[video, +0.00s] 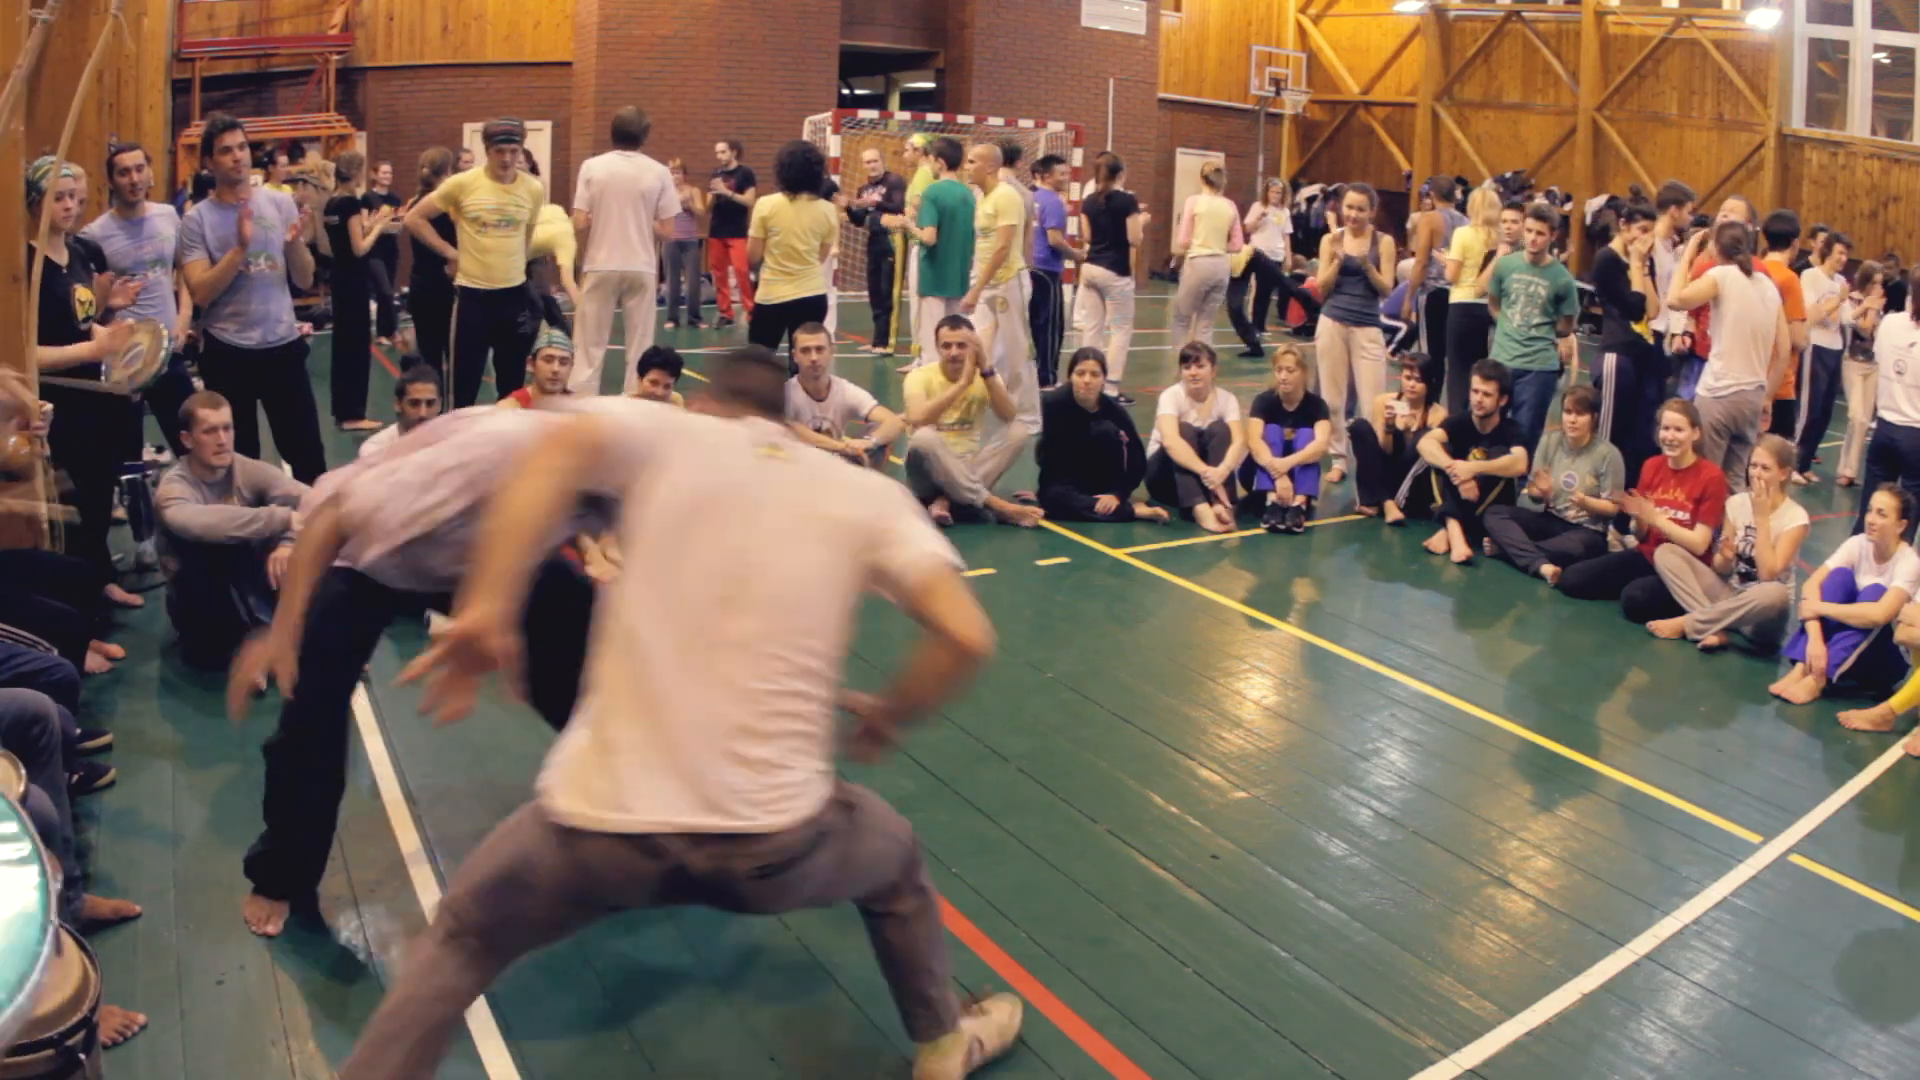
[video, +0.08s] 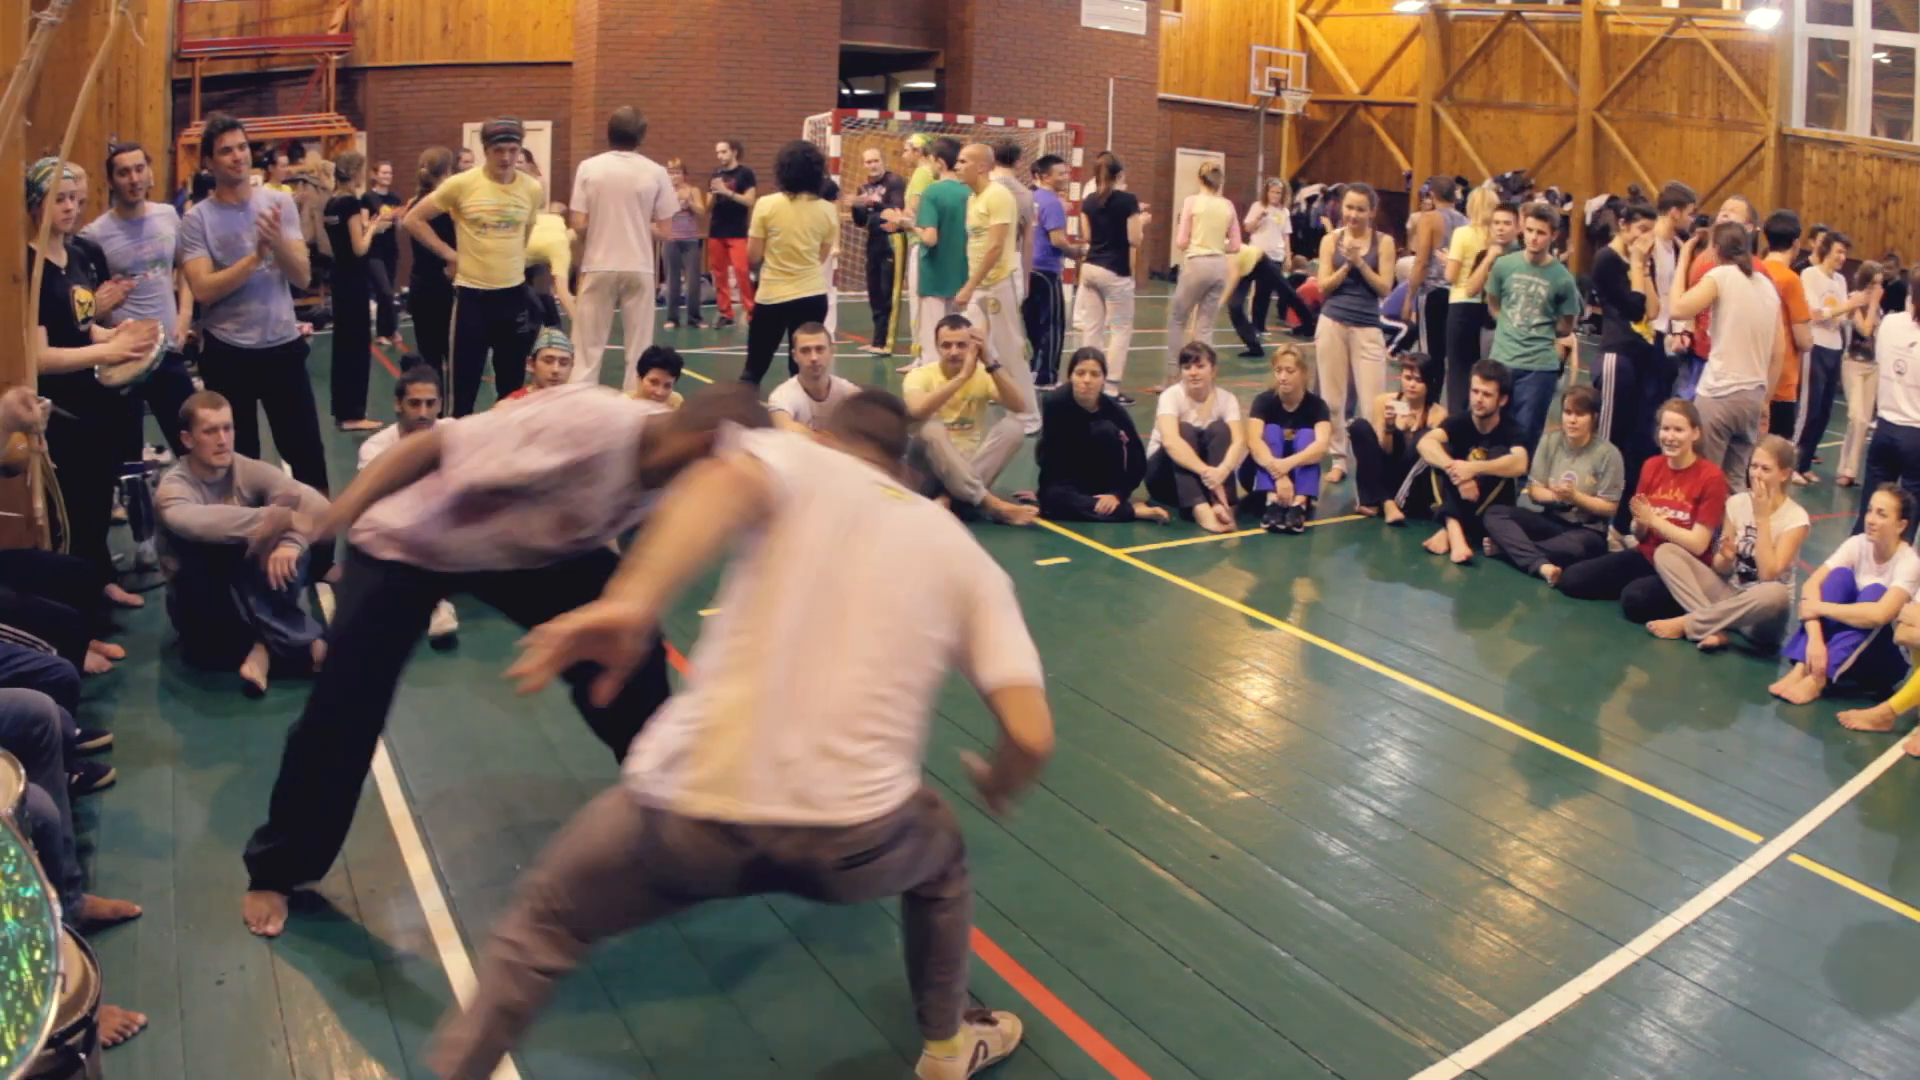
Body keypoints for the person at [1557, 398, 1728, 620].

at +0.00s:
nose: (1670, 436)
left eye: (1679, 430)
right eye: (1665, 429)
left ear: (1696, 434)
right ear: (1658, 431)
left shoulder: (1712, 477)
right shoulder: (1652, 466)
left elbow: (1699, 545)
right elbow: (1639, 533)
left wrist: (1653, 518)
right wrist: (1639, 513)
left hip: (1683, 567)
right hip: (1647, 556)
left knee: (1634, 600)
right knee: (1570, 581)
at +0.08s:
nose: (1670, 437)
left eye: (1678, 430)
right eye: (1665, 429)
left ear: (1696, 434)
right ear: (1657, 431)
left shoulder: (1711, 477)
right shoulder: (1651, 466)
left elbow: (1698, 544)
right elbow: (1638, 534)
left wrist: (1651, 520)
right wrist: (1641, 520)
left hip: (1683, 568)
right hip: (1646, 556)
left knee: (1634, 601)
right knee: (1570, 581)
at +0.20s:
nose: (1669, 437)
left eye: (1678, 430)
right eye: (1665, 429)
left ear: (1695, 434)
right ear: (1657, 432)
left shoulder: (1712, 476)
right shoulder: (1651, 466)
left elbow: (1700, 544)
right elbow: (1640, 532)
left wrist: (1661, 519)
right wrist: (1632, 513)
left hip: (1683, 567)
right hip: (1647, 556)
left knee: (1634, 601)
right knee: (1570, 581)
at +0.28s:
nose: (1669, 438)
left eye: (1678, 431)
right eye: (1664, 430)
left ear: (1696, 434)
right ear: (1657, 432)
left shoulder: (1711, 477)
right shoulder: (1651, 466)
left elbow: (1699, 544)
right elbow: (1639, 534)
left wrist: (1652, 518)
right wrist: (1640, 516)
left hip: (1684, 567)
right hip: (1647, 556)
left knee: (1634, 601)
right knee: (1570, 581)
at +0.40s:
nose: (1669, 439)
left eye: (1678, 432)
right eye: (1664, 431)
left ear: (1695, 434)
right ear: (1657, 432)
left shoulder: (1711, 476)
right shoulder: (1651, 466)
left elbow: (1700, 545)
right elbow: (1639, 535)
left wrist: (1652, 522)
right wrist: (1640, 522)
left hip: (1684, 567)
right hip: (1647, 555)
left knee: (1634, 601)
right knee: (1570, 581)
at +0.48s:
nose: (1669, 439)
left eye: (1678, 432)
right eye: (1664, 431)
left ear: (1695, 434)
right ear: (1657, 432)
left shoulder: (1711, 476)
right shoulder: (1651, 467)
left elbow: (1701, 545)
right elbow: (1640, 536)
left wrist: (1654, 523)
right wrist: (1635, 522)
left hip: (1684, 566)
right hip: (1647, 556)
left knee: (1634, 601)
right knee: (1570, 582)